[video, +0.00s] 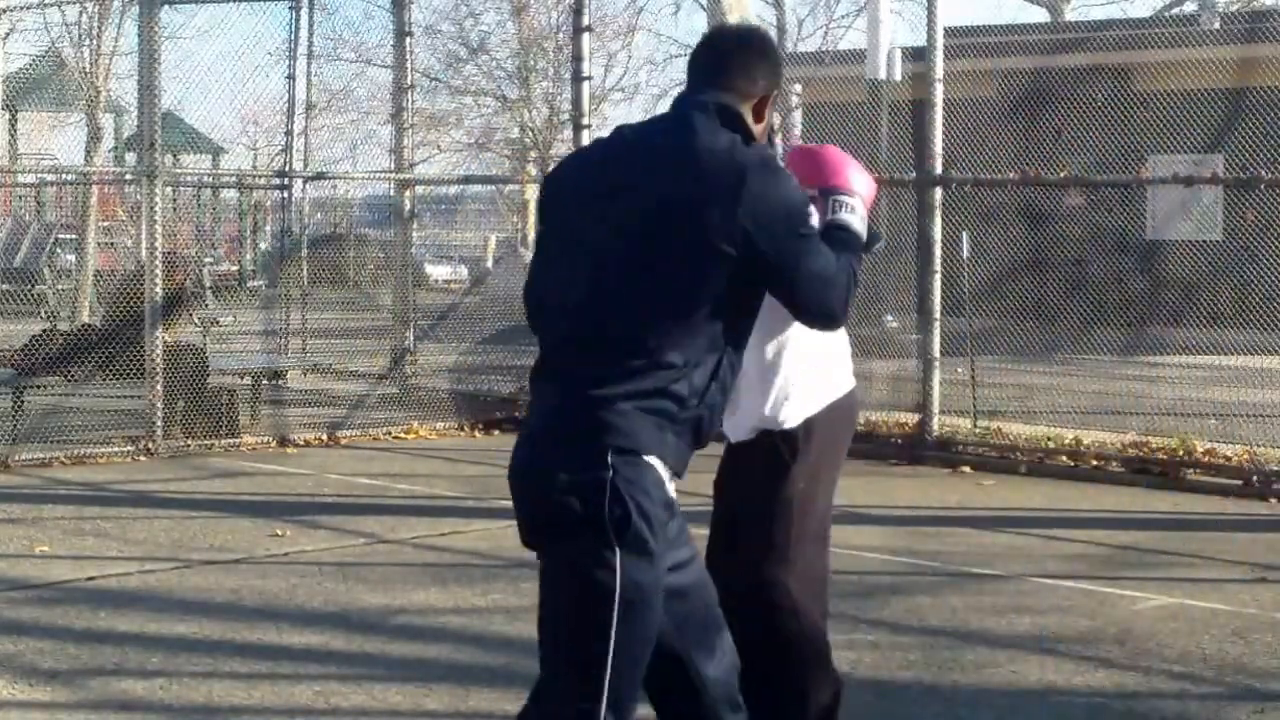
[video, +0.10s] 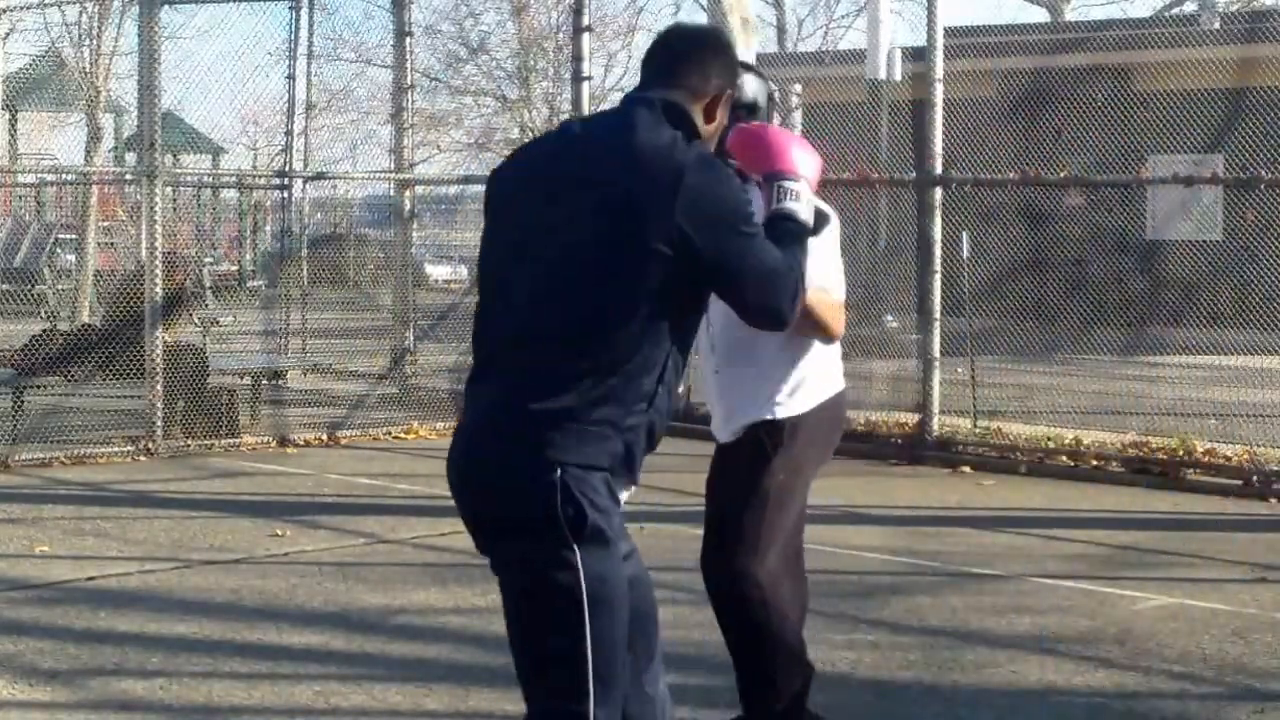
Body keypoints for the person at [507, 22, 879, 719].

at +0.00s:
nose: (773, 124)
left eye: (772, 112)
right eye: (776, 110)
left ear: (690, 87)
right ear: (763, 105)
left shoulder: (579, 166)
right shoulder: (744, 172)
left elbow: (543, 303)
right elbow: (826, 299)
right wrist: (848, 217)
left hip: (552, 447)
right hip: (623, 463)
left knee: (703, 676)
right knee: (587, 696)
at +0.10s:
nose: (725, 129)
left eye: (730, 117)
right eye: (729, 115)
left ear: (645, 83)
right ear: (713, 104)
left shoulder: (526, 160)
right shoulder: (690, 173)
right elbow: (773, 303)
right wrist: (790, 215)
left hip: (488, 451)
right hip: (565, 469)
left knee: (632, 632)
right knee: (586, 697)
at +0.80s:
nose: (453, 123)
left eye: (459, 109)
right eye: (458, 106)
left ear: (377, 61)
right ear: (438, 80)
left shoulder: (278, 129)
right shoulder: (403, 140)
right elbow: (508, 274)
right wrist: (525, 158)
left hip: (245, 445)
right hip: (318, 456)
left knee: (309, 690)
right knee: (356, 701)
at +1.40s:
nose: (415, 129)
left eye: (417, 115)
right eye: (415, 113)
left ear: (332, 81)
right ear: (389, 94)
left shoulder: (246, 135)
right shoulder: (373, 140)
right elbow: (473, 254)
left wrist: (400, 157)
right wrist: (522, 205)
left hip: (185, 418)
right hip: (236, 425)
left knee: (328, 622)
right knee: (267, 665)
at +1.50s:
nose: (382, 128)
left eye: (386, 112)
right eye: (384, 110)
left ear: (301, 73)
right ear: (359, 86)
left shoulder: (214, 130)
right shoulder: (333, 138)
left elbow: (306, 197)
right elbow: (417, 271)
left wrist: (413, 158)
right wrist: (470, 192)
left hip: (158, 421)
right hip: (216, 435)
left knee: (305, 628)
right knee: (209, 679)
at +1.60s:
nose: (333, 116)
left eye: (340, 101)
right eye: (337, 99)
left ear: (264, 63)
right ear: (312, 76)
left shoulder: (179, 121)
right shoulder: (268, 137)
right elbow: (394, 238)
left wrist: (361, 163)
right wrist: (444, 173)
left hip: (207, 452)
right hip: (156, 450)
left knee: (282, 674)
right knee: (178, 695)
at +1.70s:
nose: (308, 102)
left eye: (315, 87)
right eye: (311, 85)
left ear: (233, 52)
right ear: (282, 64)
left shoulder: (142, 114)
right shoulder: (225, 134)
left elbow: (208, 225)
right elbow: (339, 261)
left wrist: (292, 150)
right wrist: (395, 184)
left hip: (171, 439)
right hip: (127, 446)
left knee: (243, 633)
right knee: (160, 685)